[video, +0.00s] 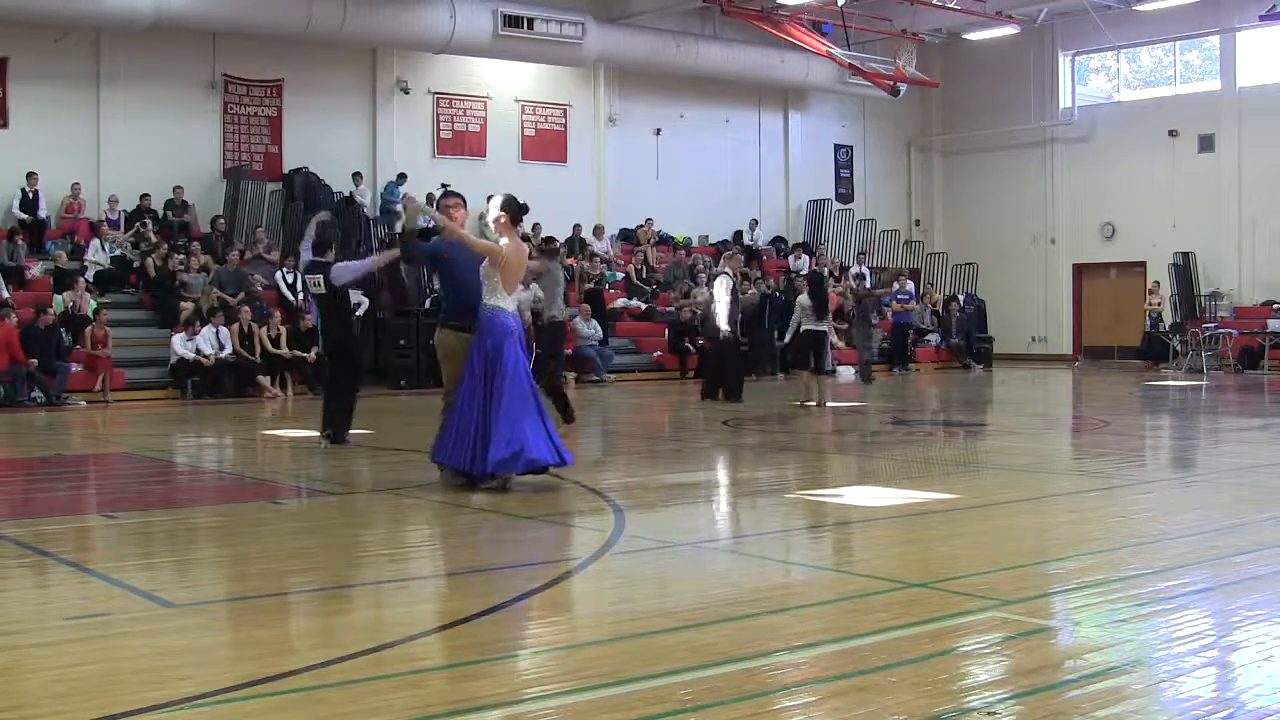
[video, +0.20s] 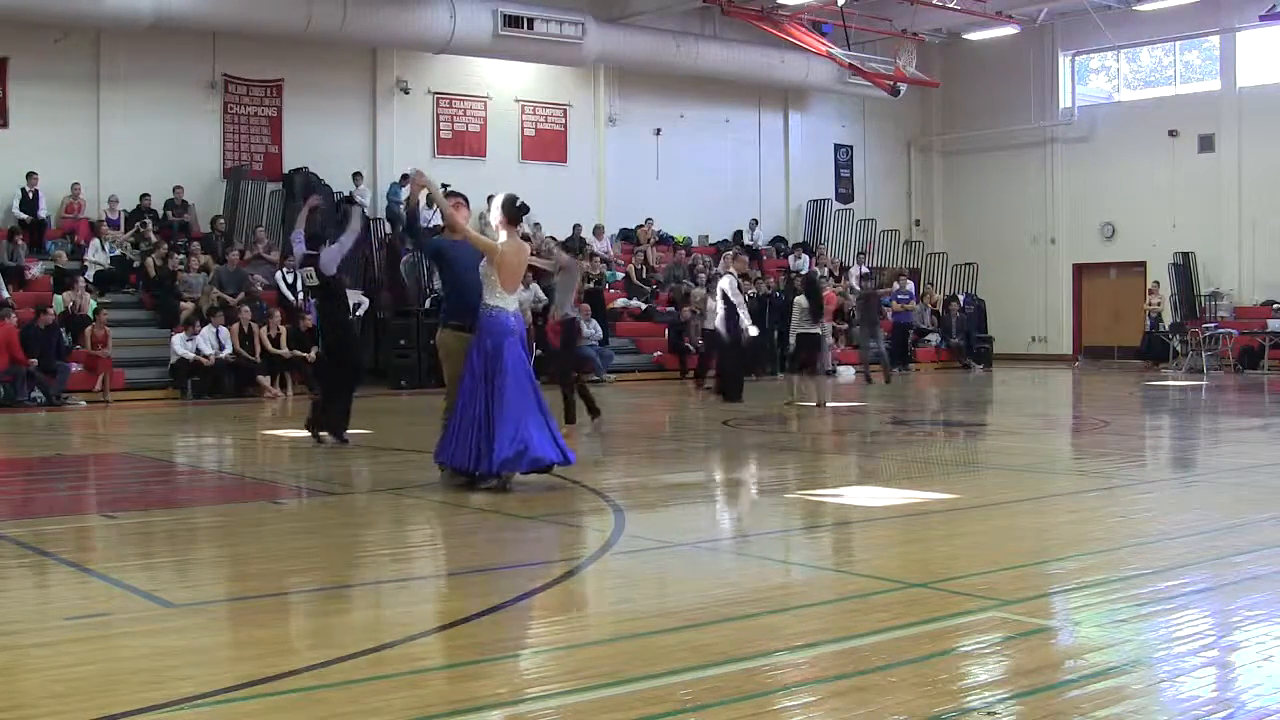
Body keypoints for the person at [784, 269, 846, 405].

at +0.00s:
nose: (803, 283)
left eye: (805, 281)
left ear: (808, 283)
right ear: (822, 283)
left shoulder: (801, 299)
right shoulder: (826, 298)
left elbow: (795, 320)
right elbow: (829, 321)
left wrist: (787, 338)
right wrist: (835, 339)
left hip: (806, 332)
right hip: (822, 333)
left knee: (803, 366)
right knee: (820, 368)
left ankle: (806, 396)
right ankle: (822, 398)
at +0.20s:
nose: (799, 285)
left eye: (801, 283)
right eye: (801, 283)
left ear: (803, 285)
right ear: (815, 285)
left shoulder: (798, 300)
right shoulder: (819, 299)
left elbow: (794, 323)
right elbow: (822, 321)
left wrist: (791, 341)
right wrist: (827, 337)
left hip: (802, 335)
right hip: (816, 335)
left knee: (792, 366)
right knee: (813, 369)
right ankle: (820, 398)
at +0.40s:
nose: (795, 287)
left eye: (796, 285)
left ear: (798, 287)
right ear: (810, 288)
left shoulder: (791, 302)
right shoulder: (812, 301)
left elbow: (779, 318)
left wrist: (771, 331)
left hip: (796, 335)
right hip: (811, 336)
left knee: (791, 368)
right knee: (803, 369)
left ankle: (791, 396)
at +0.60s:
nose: (790, 286)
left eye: (792, 284)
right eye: (791, 284)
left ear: (795, 286)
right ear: (808, 286)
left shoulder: (790, 302)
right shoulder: (811, 301)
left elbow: (778, 317)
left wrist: (765, 321)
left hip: (795, 334)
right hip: (811, 335)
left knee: (791, 369)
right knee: (804, 369)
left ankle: (790, 397)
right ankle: (807, 397)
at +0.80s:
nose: (793, 283)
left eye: (794, 281)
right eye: (794, 281)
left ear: (797, 283)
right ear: (809, 283)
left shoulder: (792, 298)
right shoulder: (813, 298)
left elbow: (781, 314)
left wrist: (767, 313)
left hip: (797, 333)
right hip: (811, 333)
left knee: (791, 367)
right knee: (805, 368)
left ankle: (795, 397)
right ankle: (808, 397)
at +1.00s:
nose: (793, 282)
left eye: (794, 280)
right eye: (793, 280)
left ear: (797, 282)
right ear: (809, 282)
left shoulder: (792, 297)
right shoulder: (812, 297)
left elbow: (779, 313)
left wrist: (767, 311)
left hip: (794, 330)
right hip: (809, 330)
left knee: (795, 366)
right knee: (806, 366)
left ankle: (798, 396)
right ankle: (808, 397)